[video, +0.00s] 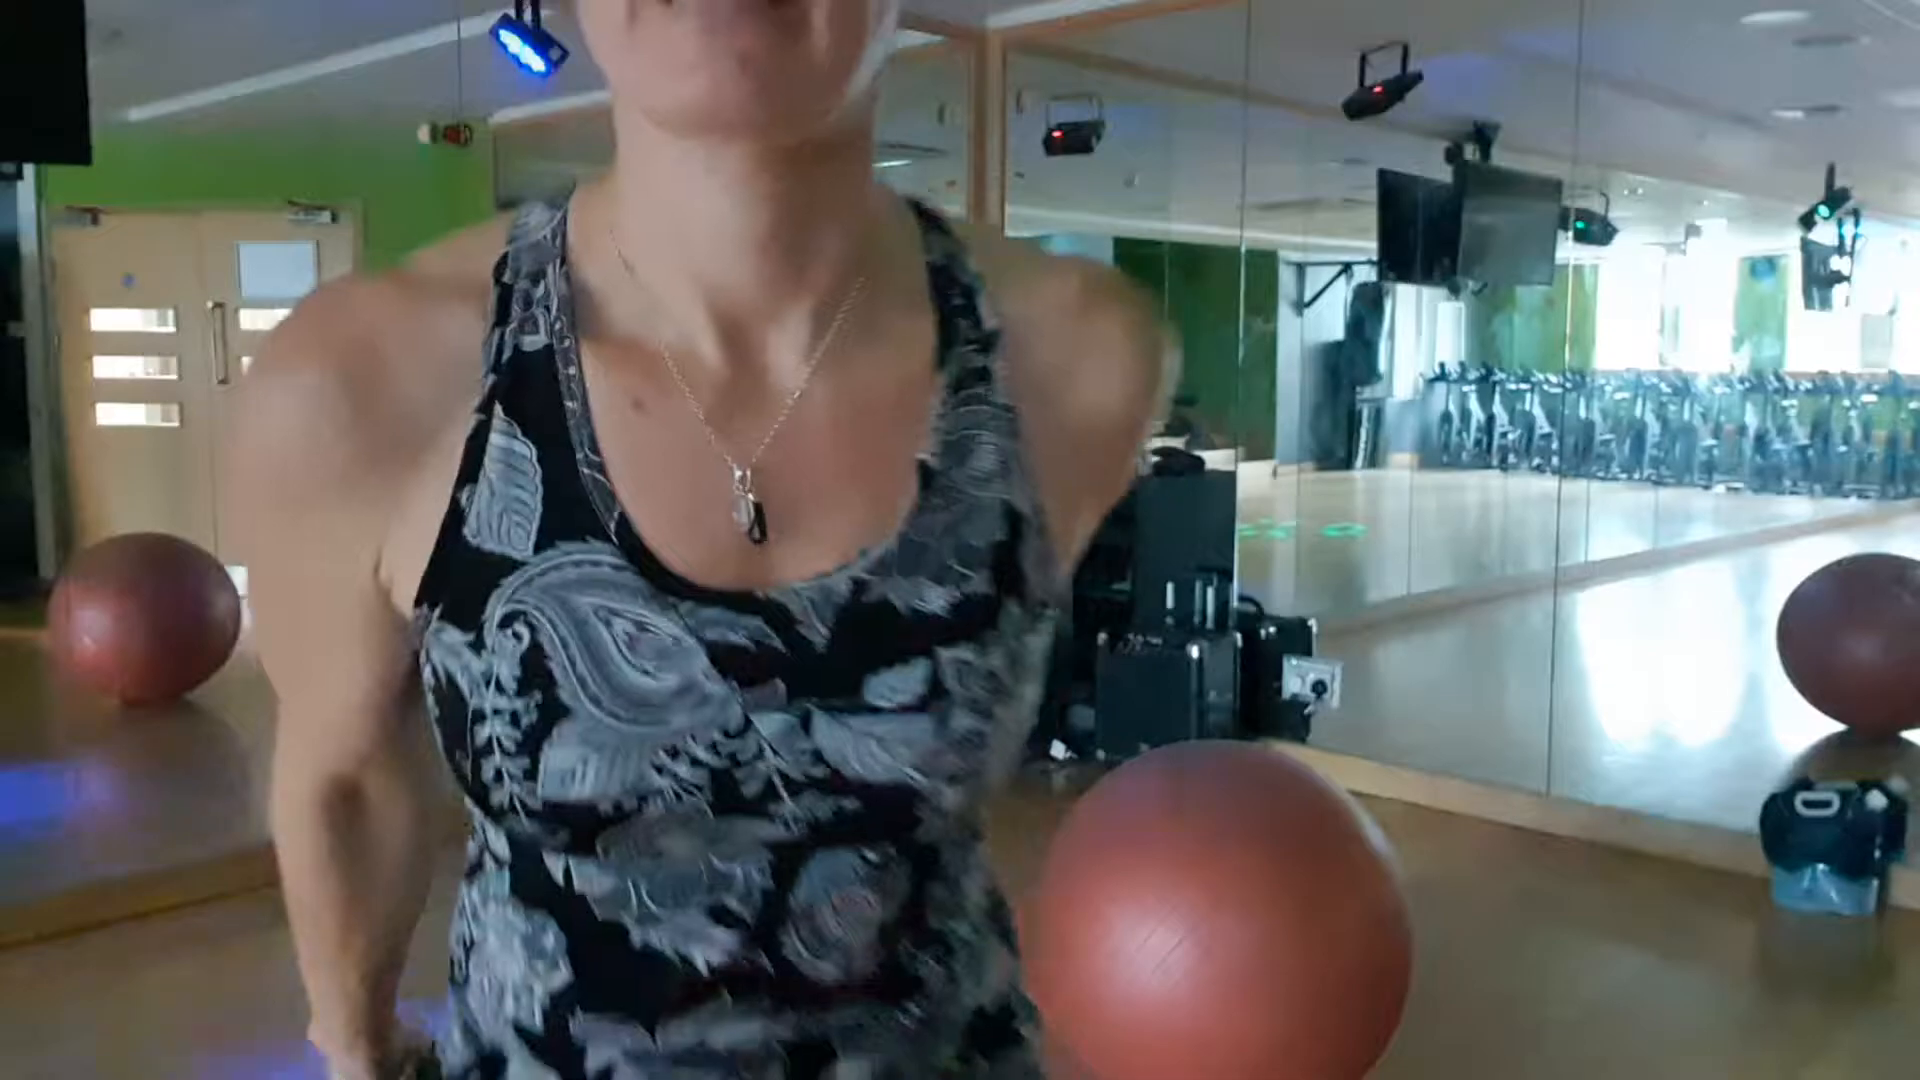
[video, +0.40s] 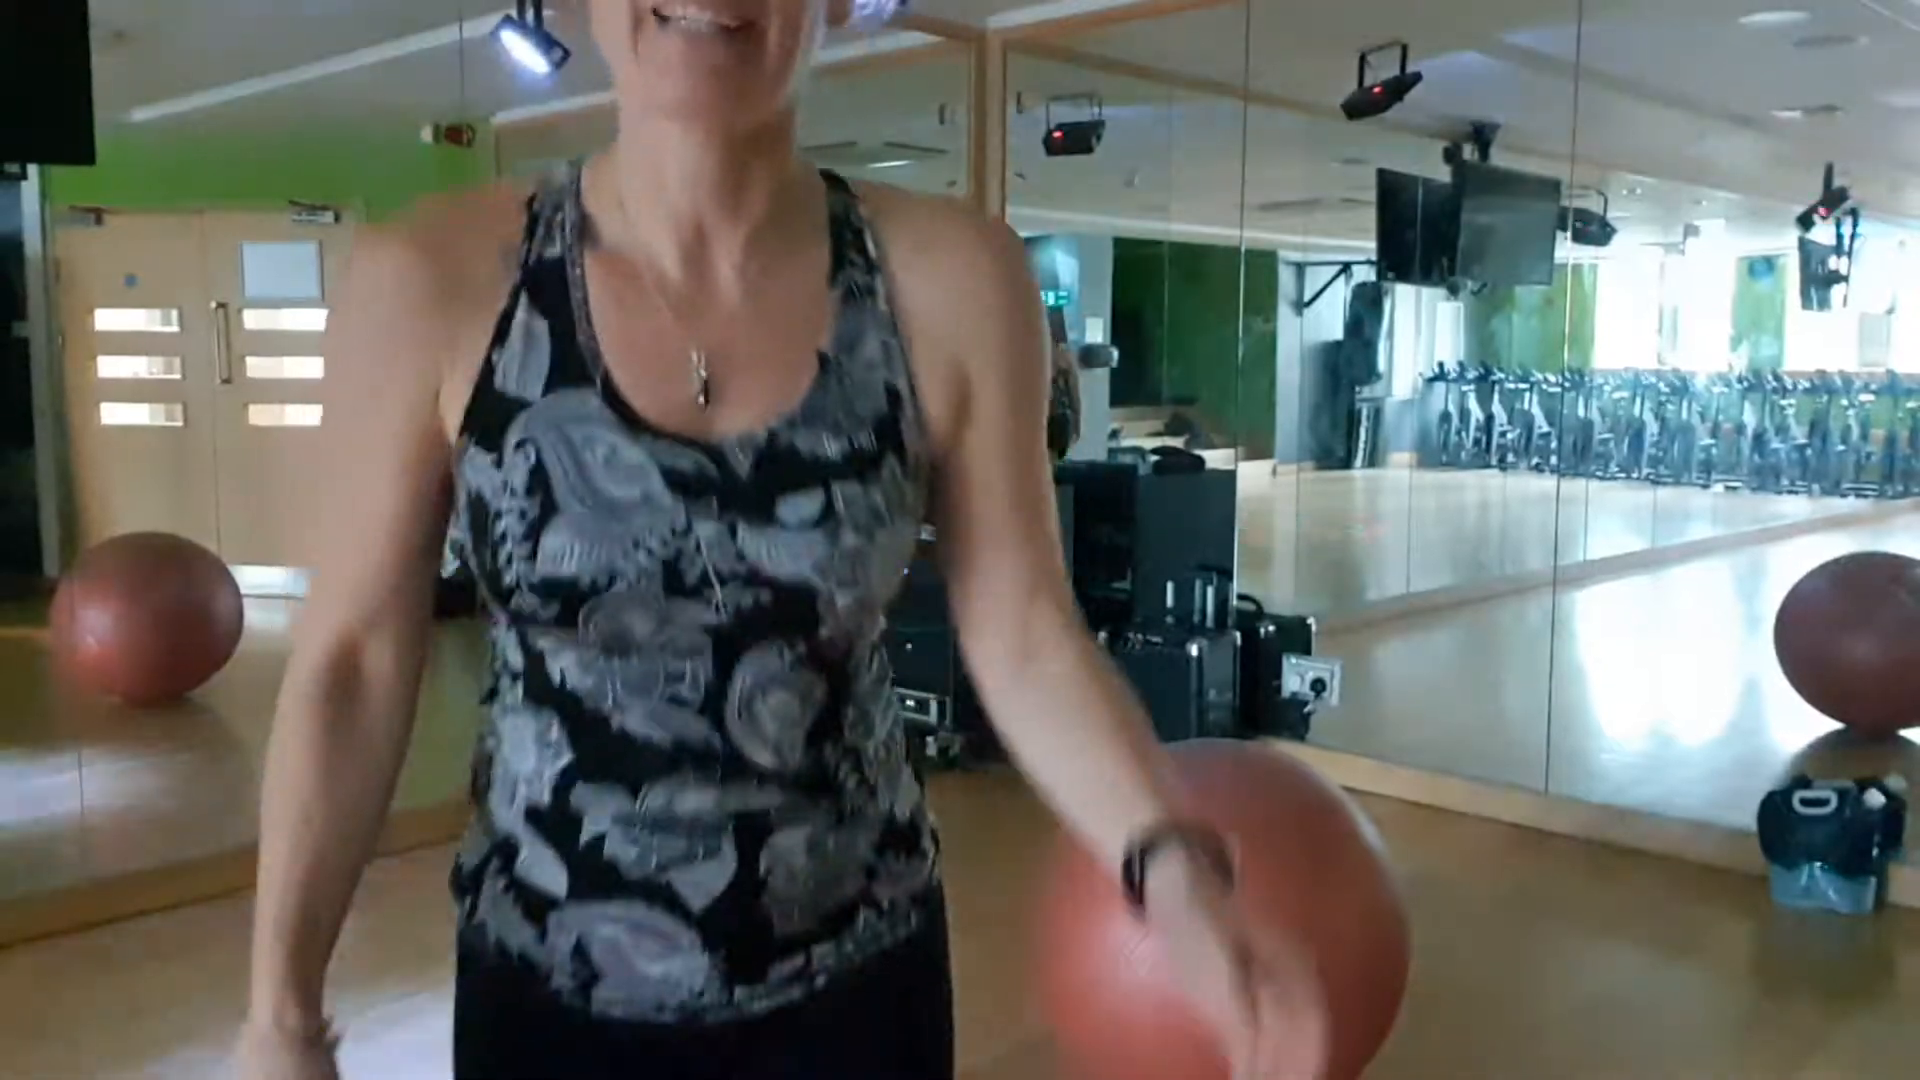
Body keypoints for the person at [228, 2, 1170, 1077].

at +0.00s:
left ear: (902, 1)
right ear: (560, 5)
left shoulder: (1081, 359)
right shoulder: (352, 387)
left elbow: (978, 763)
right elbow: (347, 786)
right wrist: (355, 1051)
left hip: (943, 1026)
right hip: (553, 1035)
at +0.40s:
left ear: (817, 11)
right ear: (576, 9)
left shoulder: (950, 273)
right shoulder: (434, 274)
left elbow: (1023, 632)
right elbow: (351, 666)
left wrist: (1168, 861)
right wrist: (282, 1007)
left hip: (850, 954)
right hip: (556, 959)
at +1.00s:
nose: (720, 106)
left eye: (761, 67)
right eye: (684, 57)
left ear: (809, 98)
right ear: (629, 76)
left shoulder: (878, 315)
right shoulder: (524, 286)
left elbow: (890, 546)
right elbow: (459, 563)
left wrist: (899, 750)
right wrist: (401, 804)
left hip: (803, 825)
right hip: (583, 834)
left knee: (796, 1068)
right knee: (605, 1069)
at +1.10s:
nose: (777, 150)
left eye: (800, 110)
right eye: (738, 100)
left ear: (818, 116)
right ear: (640, 91)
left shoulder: (828, 321)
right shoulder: (508, 311)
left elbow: (858, 537)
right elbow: (440, 581)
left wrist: (883, 718)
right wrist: (386, 841)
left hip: (787, 810)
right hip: (585, 822)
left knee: (789, 1064)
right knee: (612, 1068)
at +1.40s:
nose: (827, 162)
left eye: (830, 134)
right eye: (810, 127)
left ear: (734, 117)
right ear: (711, 109)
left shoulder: (802, 314)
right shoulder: (533, 287)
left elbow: (814, 524)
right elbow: (462, 526)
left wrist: (836, 722)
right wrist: (432, 756)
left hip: (755, 761)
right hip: (576, 765)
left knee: (742, 1064)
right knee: (604, 1063)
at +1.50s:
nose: (806, 149)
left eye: (809, 118)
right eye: (777, 115)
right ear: (680, 115)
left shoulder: (813, 326)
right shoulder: (544, 299)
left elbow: (819, 531)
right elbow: (478, 528)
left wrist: (824, 715)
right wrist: (438, 733)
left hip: (749, 753)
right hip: (582, 755)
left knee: (727, 1059)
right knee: (607, 1058)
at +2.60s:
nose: (844, 255)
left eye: (853, 233)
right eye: (825, 232)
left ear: (858, 228)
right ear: (762, 219)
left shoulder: (843, 324)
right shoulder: (710, 351)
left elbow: (869, 470)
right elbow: (719, 526)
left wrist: (917, 589)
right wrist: (773, 665)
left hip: (827, 627)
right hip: (735, 631)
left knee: (810, 846)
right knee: (745, 866)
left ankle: (749, 1007)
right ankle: (694, 1067)